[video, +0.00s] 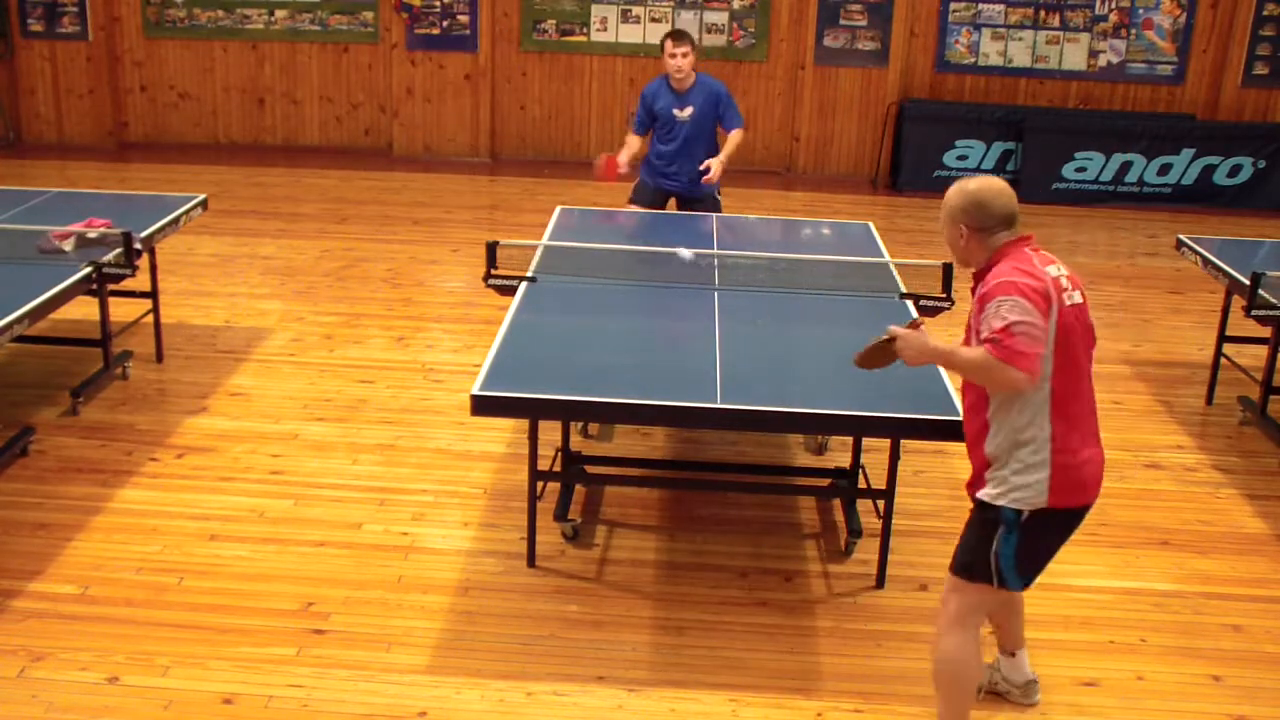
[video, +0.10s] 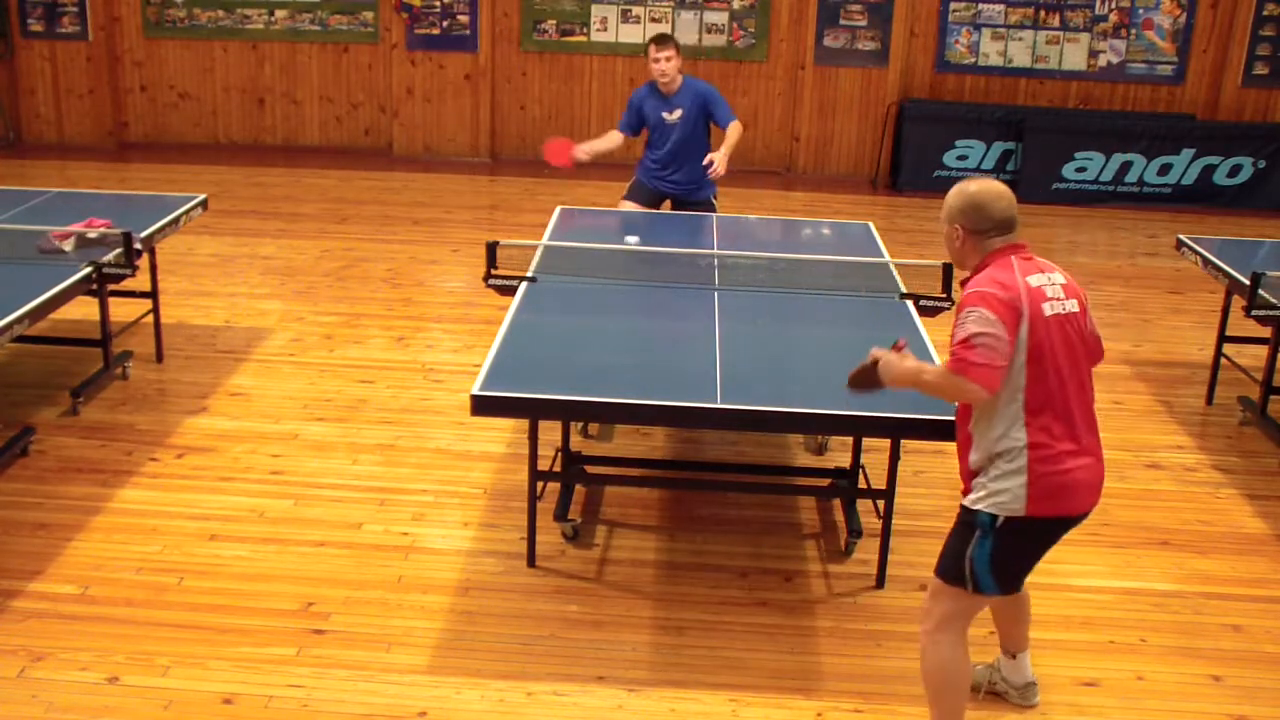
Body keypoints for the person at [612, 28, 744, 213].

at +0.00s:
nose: (678, 62)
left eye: (685, 55)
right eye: (672, 56)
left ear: (694, 57)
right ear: (663, 59)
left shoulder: (714, 91)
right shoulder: (652, 92)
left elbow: (736, 129)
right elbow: (638, 132)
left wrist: (721, 159)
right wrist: (625, 154)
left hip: (698, 180)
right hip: (656, 178)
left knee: (709, 238)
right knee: (629, 226)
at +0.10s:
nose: (662, 67)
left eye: (668, 60)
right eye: (656, 61)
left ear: (679, 61)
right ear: (649, 64)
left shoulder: (702, 92)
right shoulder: (642, 97)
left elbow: (734, 126)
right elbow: (621, 133)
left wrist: (723, 153)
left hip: (694, 182)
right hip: (652, 178)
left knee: (702, 244)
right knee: (621, 224)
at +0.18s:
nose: (643, 70)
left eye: (649, 63)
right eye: (638, 65)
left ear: (663, 63)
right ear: (632, 67)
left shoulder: (688, 91)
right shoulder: (630, 99)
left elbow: (727, 114)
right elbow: (603, 131)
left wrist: (728, 140)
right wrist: (560, 133)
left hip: (688, 182)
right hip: (647, 178)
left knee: (701, 245)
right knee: (615, 227)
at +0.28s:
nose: (614, 78)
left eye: (621, 70)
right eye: (609, 72)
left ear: (636, 68)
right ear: (604, 74)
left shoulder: (663, 93)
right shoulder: (607, 103)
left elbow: (708, 103)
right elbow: (575, 131)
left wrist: (727, 125)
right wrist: (532, 126)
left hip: (677, 185)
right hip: (635, 183)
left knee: (684, 247)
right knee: (609, 236)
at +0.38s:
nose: (582, 92)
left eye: (587, 84)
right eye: (577, 87)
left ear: (605, 82)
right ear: (573, 90)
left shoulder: (634, 102)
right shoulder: (579, 119)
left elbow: (682, 104)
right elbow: (548, 150)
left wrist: (718, 117)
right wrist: (503, 138)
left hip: (660, 192)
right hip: (614, 194)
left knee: (674, 253)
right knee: (597, 250)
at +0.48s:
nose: (555, 113)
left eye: (560, 106)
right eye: (550, 108)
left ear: (579, 102)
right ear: (547, 110)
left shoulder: (610, 117)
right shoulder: (554, 140)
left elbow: (662, 113)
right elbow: (532, 182)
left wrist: (703, 121)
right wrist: (494, 178)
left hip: (642, 201)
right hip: (595, 204)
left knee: (657, 259)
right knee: (572, 253)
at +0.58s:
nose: (543, 133)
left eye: (548, 125)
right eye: (537, 127)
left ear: (563, 124)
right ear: (531, 129)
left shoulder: (592, 133)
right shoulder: (537, 166)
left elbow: (643, 124)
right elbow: (528, 210)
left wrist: (686, 128)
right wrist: (504, 225)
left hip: (632, 207)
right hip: (588, 215)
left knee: (646, 259)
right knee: (585, 263)